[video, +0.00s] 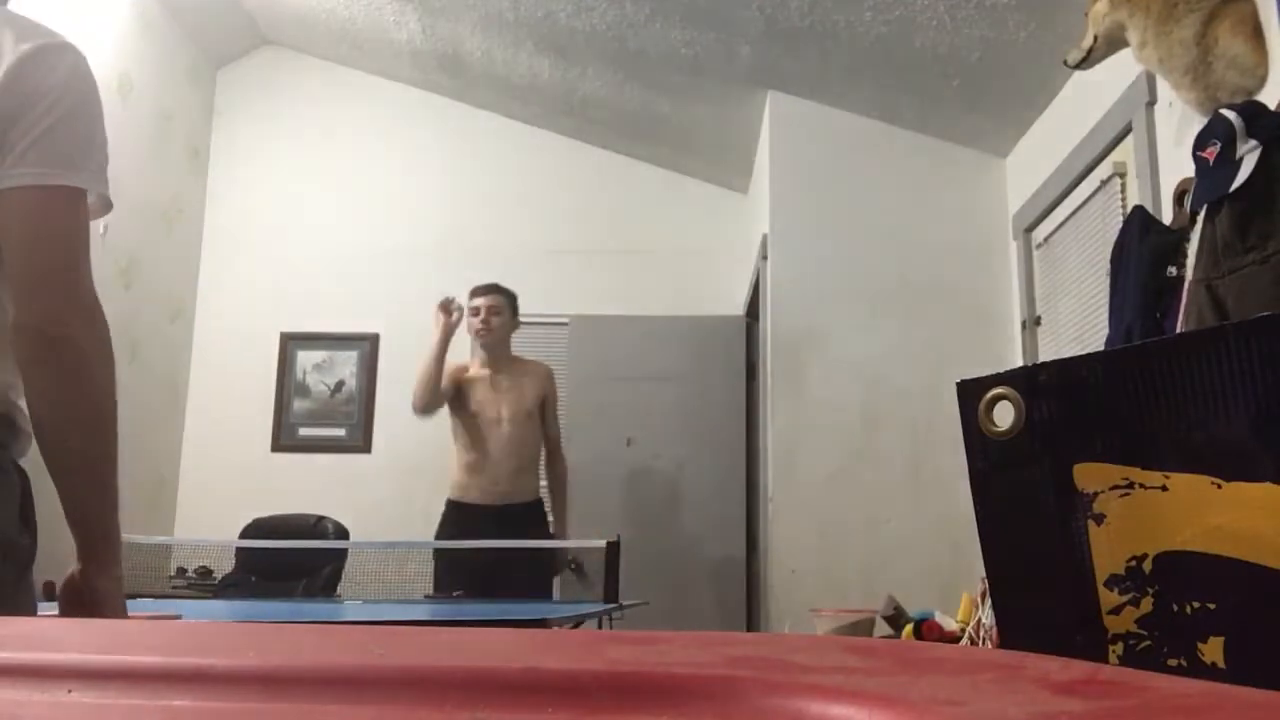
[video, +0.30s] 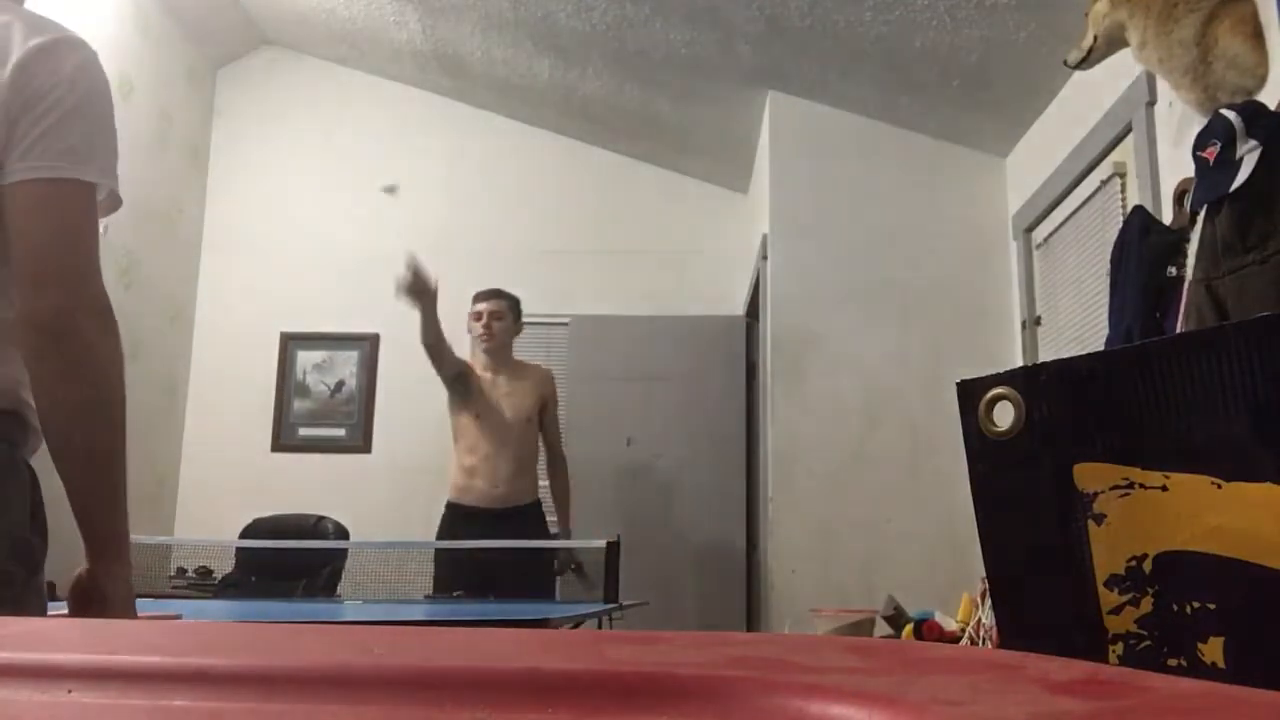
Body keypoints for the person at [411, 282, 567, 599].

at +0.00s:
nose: (483, 319)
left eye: (494, 311)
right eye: (475, 312)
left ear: (514, 323)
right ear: (467, 323)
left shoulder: (538, 375)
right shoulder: (457, 375)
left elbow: (554, 454)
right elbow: (422, 404)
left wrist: (560, 534)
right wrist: (443, 334)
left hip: (524, 521)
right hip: (465, 521)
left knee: (526, 636)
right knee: (455, 634)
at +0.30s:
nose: (484, 323)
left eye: (496, 316)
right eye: (477, 317)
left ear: (517, 328)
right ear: (468, 328)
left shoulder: (538, 379)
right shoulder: (460, 377)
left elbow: (555, 458)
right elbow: (437, 349)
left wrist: (564, 533)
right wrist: (428, 307)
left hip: (522, 523)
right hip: (463, 523)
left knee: (528, 638)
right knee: (453, 638)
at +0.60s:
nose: (514, 336)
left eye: (525, 328)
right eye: (508, 329)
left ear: (547, 336)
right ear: (504, 337)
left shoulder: (571, 393)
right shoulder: (490, 393)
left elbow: (581, 469)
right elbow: (461, 464)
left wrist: (583, 539)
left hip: (547, 530)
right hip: (491, 527)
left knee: (544, 639)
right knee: (476, 633)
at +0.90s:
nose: (533, 342)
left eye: (544, 334)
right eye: (528, 336)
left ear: (567, 341)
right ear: (524, 343)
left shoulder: (593, 395)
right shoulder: (511, 400)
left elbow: (613, 469)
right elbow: (509, 470)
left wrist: (620, 546)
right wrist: (512, 520)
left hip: (570, 529)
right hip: (515, 528)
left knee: (566, 636)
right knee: (501, 634)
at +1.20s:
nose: (546, 344)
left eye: (556, 337)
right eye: (540, 338)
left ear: (577, 345)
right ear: (536, 346)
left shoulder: (600, 397)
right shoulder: (520, 402)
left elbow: (621, 470)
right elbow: (506, 475)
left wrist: (622, 536)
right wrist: (489, 537)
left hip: (574, 529)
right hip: (520, 527)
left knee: (568, 635)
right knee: (508, 633)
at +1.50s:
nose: (538, 347)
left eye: (548, 340)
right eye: (533, 341)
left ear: (568, 349)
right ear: (528, 348)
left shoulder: (587, 400)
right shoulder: (511, 400)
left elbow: (602, 473)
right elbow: (489, 463)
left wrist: (594, 534)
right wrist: (474, 499)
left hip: (562, 527)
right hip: (510, 526)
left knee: (563, 630)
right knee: (500, 626)